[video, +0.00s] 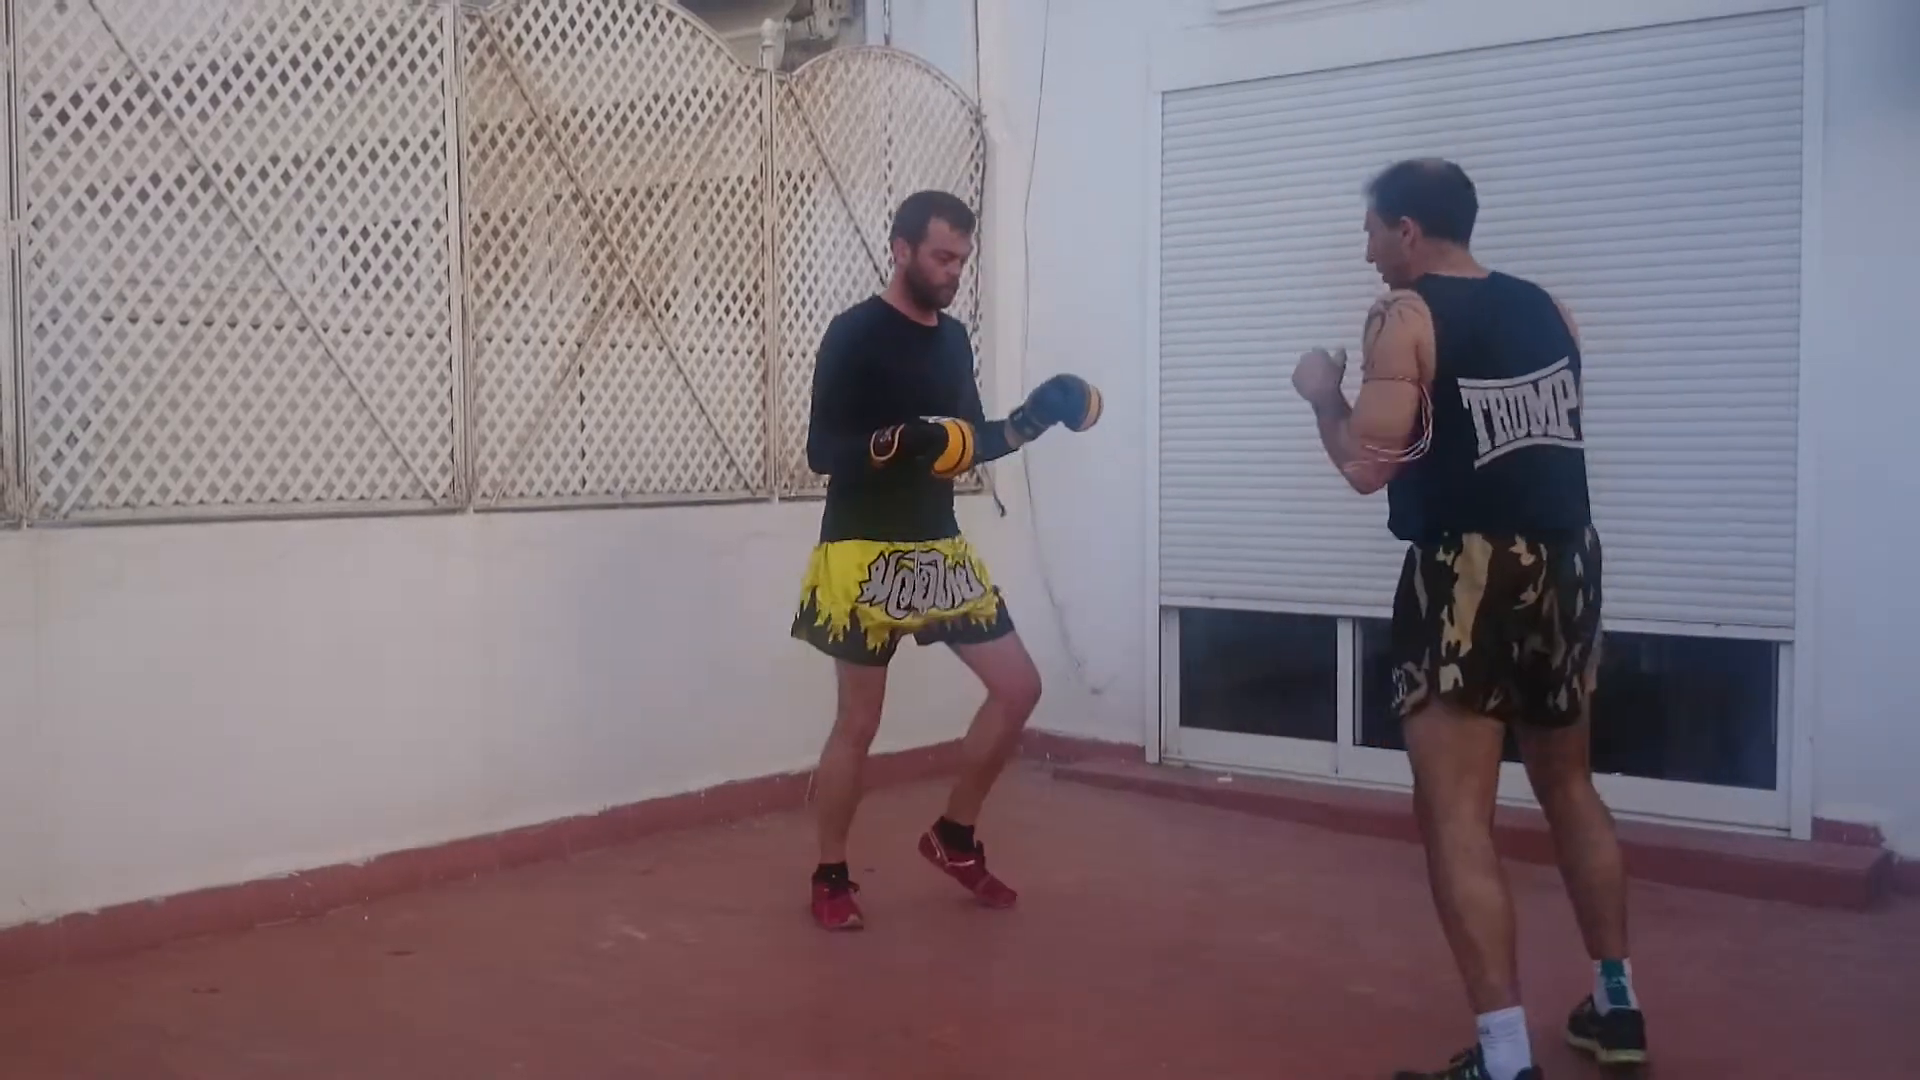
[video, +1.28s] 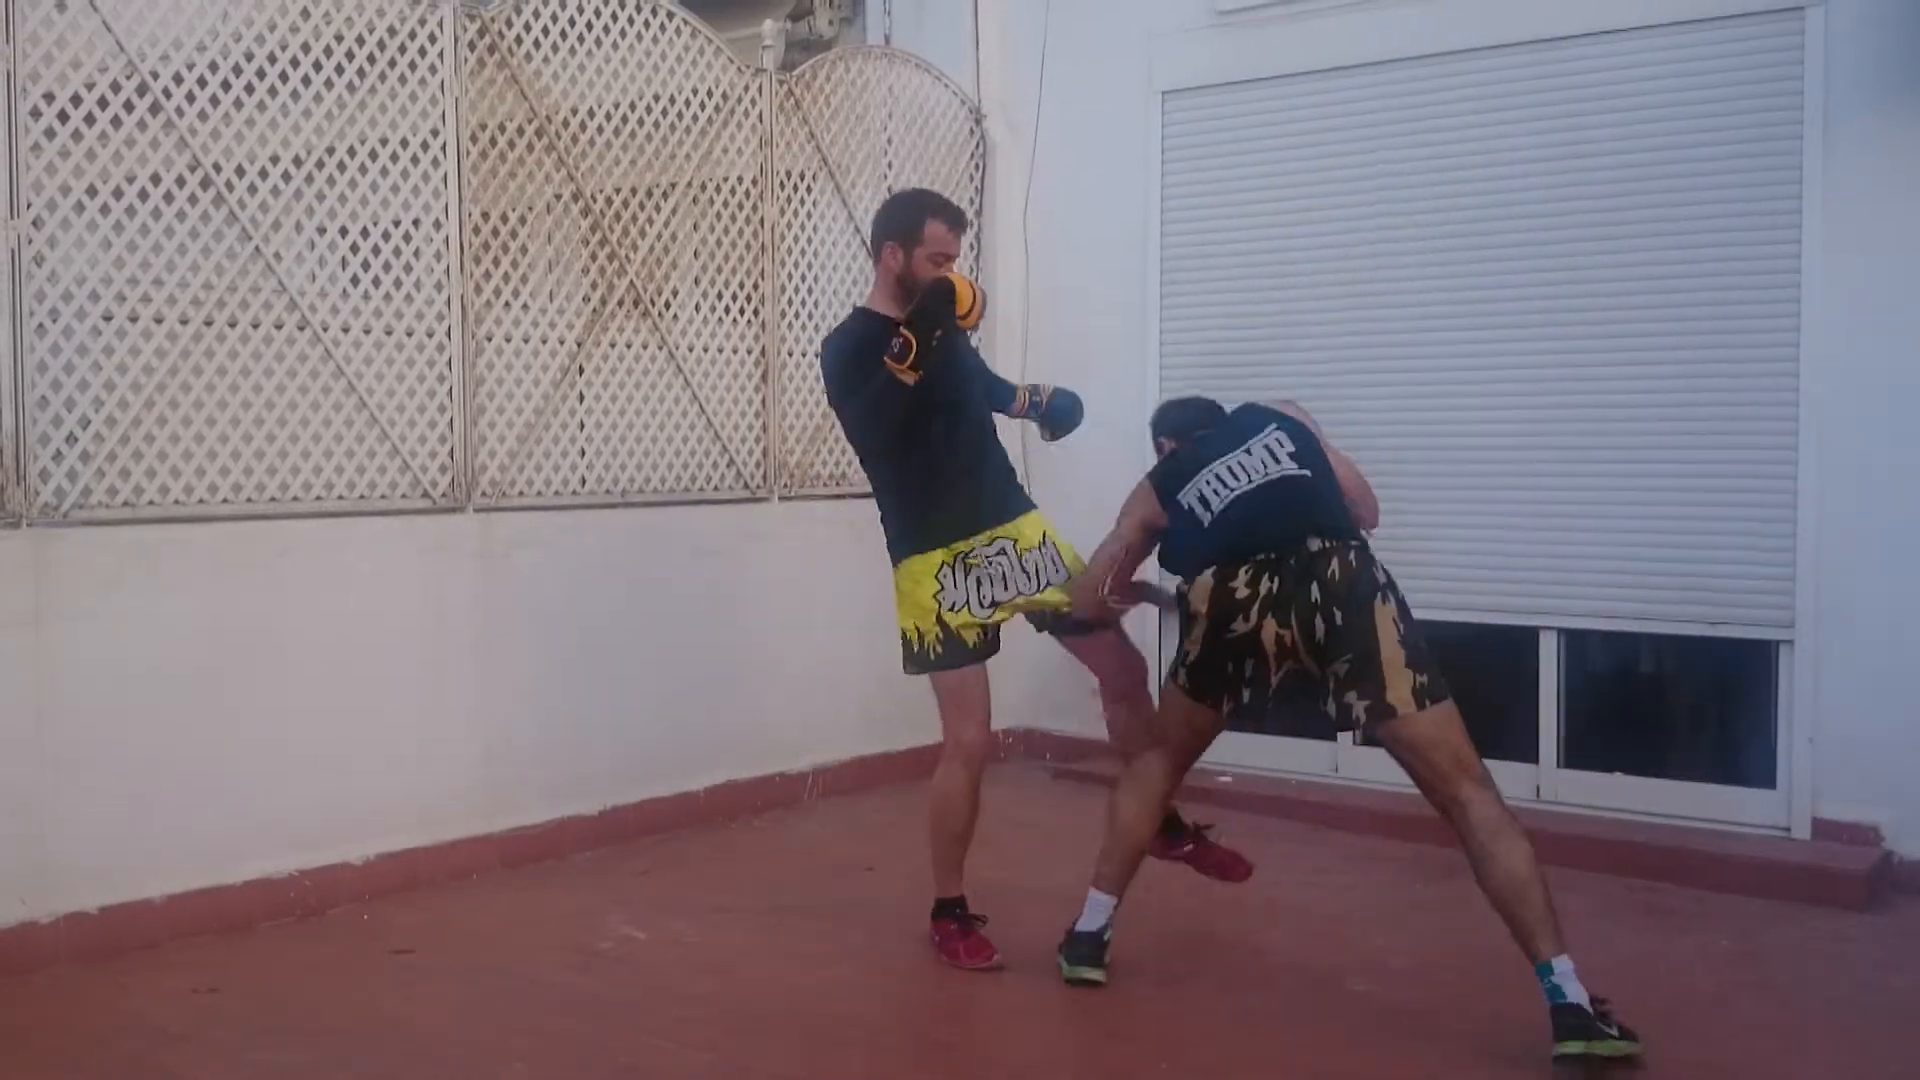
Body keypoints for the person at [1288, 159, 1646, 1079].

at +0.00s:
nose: (1369, 246)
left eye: (1372, 229)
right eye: (1368, 230)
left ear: (1408, 231)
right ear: (1460, 231)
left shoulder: (1408, 317)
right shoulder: (1543, 307)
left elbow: (1368, 463)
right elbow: (1536, 419)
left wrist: (1320, 392)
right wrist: (1422, 380)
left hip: (1461, 578)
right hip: (1565, 573)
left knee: (1459, 822)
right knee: (1569, 783)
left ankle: (1504, 1054)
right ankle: (1617, 1001)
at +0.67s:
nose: (1379, 264)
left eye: (1380, 249)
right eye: (1377, 252)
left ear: (1412, 233)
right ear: (1465, 232)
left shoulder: (1415, 299)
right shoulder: (1537, 308)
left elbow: (1311, 407)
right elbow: (1474, 389)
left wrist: (1288, 314)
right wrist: (1390, 332)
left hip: (1442, 561)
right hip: (1550, 569)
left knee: (1376, 778)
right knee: (1561, 790)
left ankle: (1369, 1014)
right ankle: (1606, 1021)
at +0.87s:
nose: (1361, 284)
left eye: (1362, 270)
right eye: (1359, 273)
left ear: (1394, 252)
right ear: (1443, 252)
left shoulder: (1399, 314)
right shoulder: (1516, 324)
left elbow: (1296, 422)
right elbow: (1459, 403)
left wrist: (1274, 335)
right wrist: (1371, 358)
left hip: (1416, 565)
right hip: (1527, 580)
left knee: (1279, 719)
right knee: (1548, 797)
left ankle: (1301, 935)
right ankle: (1603, 1017)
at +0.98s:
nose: (1341, 309)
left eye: (1342, 295)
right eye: (1341, 297)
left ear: (1366, 283)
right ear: (1419, 284)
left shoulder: (1370, 338)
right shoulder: (1492, 348)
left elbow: (1264, 436)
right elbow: (1441, 421)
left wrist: (1252, 349)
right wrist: (1355, 370)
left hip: (1394, 580)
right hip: (1503, 590)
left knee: (1248, 722)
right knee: (1532, 807)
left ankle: (1194, 931)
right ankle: (1602, 1018)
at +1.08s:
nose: (1289, 360)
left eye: (1292, 348)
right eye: (1289, 350)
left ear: (1315, 342)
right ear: (1371, 341)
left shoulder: (1305, 388)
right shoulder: (1444, 386)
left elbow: (1197, 483)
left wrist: (1219, 414)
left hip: (1353, 604)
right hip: (1471, 611)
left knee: (1222, 753)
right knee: (1523, 810)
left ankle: (1111, 912)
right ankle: (1599, 1016)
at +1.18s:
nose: (1217, 420)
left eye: (1219, 411)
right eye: (1221, 413)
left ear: (1234, 408)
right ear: (1296, 396)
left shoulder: (1222, 450)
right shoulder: (1366, 408)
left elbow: (1123, 551)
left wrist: (1172, 496)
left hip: (1291, 615)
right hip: (1406, 609)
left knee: (1202, 774)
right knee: (1508, 805)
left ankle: (1095, 934)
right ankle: (1597, 1014)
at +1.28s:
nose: (1160, 459)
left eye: (1160, 447)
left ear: (1166, 447)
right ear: (1223, 420)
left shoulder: (1156, 488)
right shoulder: (1286, 423)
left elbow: (1090, 598)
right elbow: (1363, 508)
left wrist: (1113, 603)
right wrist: (1295, 464)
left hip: (1231, 601)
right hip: (1344, 585)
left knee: (1159, 758)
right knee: (1465, 791)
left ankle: (1088, 933)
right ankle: (1569, 999)